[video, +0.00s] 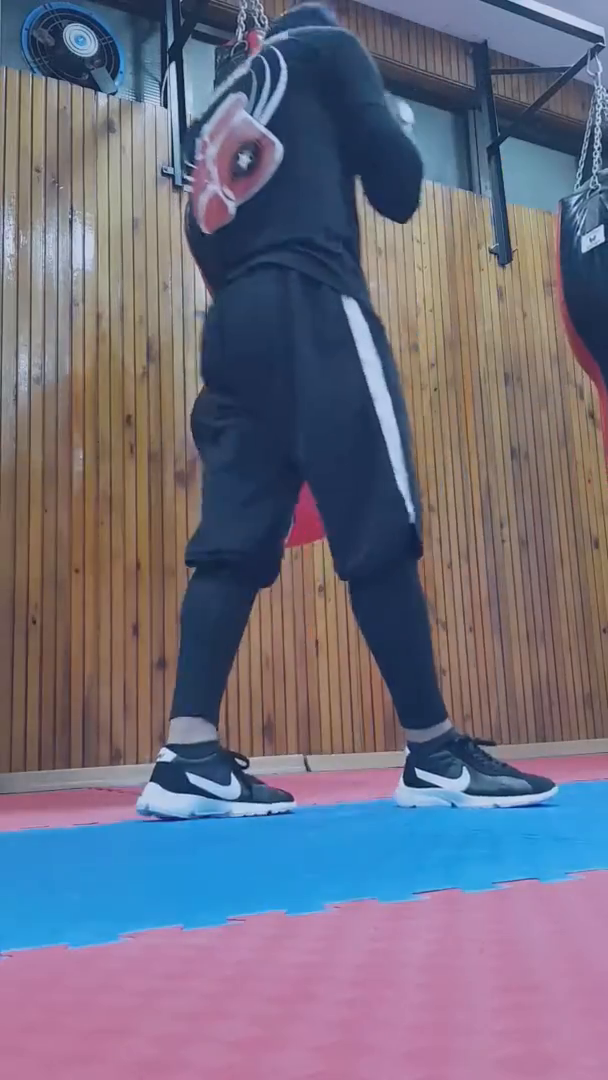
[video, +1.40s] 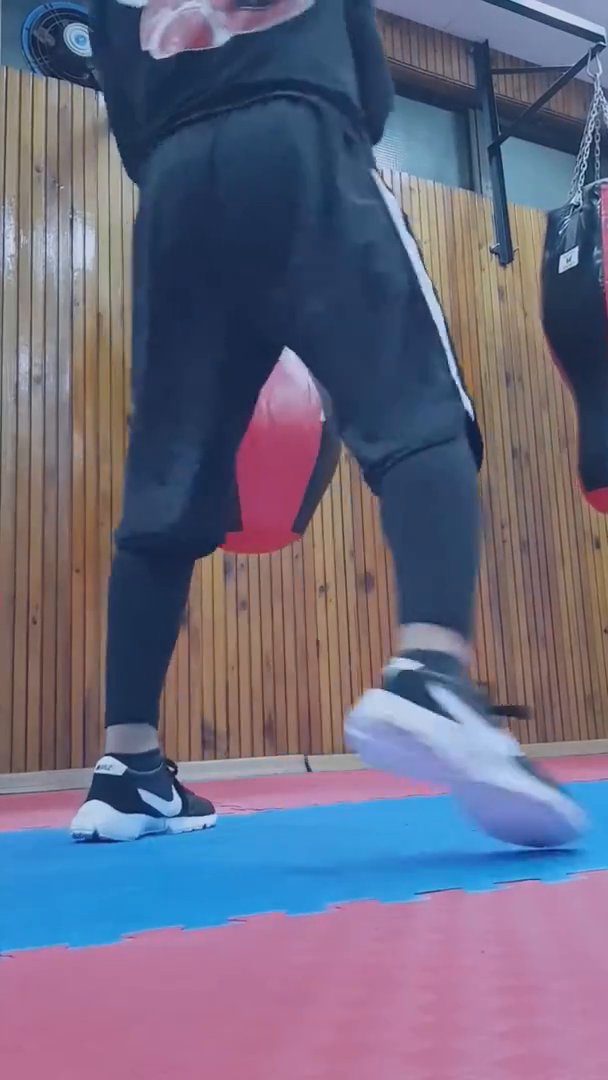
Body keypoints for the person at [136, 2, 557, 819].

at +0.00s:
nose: (352, 40)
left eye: (344, 37)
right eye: (344, 32)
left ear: (257, 33)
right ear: (325, 24)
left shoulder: (209, 113)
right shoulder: (326, 46)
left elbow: (212, 251)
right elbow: (398, 190)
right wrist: (374, 122)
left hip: (236, 319)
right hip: (315, 301)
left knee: (233, 543)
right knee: (377, 527)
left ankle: (188, 753)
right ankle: (436, 748)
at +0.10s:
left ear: (210, 45)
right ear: (267, 23)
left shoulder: (175, 123)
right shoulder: (304, 53)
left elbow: (203, 235)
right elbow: (366, 185)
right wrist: (292, 161)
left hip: (204, 313)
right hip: (287, 296)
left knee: (224, 545)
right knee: (366, 518)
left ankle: (188, 759)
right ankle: (422, 747)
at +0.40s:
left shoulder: (122, 69)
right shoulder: (266, 7)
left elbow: (127, 234)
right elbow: (352, 142)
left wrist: (199, 141)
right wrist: (302, 79)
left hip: (167, 286)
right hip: (257, 259)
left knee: (185, 528)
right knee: (362, 478)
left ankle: (186, 762)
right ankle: (302, 700)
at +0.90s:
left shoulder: (145, 10)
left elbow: (82, 130)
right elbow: (372, 81)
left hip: (135, 193)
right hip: (233, 175)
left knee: (171, 482)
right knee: (237, 464)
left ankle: (169, 760)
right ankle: (232, 771)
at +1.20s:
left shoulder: (129, 12)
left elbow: (129, 108)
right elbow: (352, 105)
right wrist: (252, 76)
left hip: (133, 182)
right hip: (252, 164)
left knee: (147, 468)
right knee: (362, 452)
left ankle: (124, 766)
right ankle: (272, 719)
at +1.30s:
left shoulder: (117, 18)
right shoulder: (306, 1)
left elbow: (131, 136)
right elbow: (358, 98)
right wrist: (296, 164)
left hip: (149, 189)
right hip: (267, 158)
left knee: (154, 474)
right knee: (411, 429)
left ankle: (126, 766)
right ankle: (345, 680)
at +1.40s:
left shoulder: (122, 10)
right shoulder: (327, 4)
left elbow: (132, 125)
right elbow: (371, 88)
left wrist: (183, 183)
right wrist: (333, 148)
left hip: (173, 172)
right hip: (299, 135)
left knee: (167, 472)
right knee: (418, 421)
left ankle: (128, 764)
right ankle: (430, 670)